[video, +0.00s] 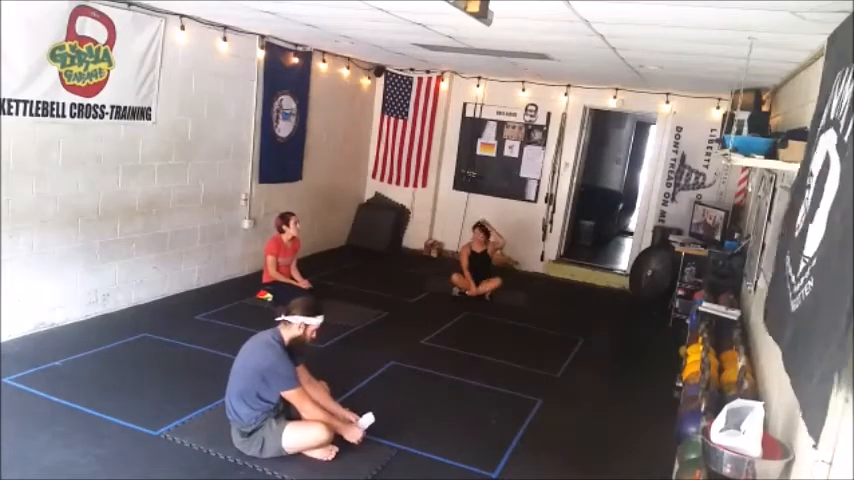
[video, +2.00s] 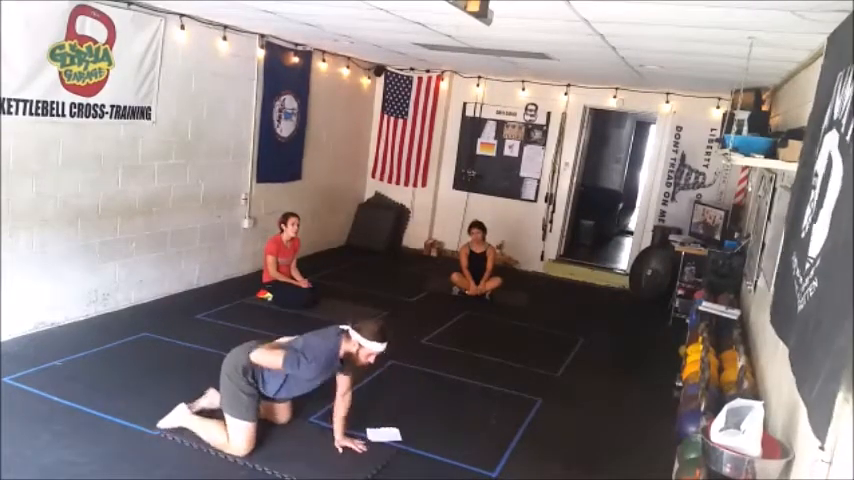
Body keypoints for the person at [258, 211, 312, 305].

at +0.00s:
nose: (299, 226)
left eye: (298, 223)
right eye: (295, 223)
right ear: (285, 227)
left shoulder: (295, 242)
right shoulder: (273, 243)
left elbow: (293, 267)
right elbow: (272, 272)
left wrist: (301, 281)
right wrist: (296, 284)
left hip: (287, 281)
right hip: (272, 283)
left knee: (309, 292)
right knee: (302, 296)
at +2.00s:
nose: (296, 228)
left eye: (297, 225)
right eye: (292, 225)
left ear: (299, 226)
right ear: (283, 226)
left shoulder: (295, 242)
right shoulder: (273, 243)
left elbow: (293, 267)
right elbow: (272, 273)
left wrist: (302, 281)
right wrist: (298, 283)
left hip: (288, 280)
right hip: (272, 282)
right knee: (303, 298)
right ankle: (270, 297)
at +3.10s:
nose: (363, 262)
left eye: (366, 261)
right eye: (365, 260)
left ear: (363, 253)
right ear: (362, 253)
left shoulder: (354, 253)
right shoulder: (342, 253)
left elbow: (354, 280)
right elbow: (308, 253)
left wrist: (352, 304)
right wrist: (318, 246)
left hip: (312, 265)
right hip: (300, 263)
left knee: (310, 299)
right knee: (302, 301)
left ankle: (278, 284)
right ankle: (271, 288)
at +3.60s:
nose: (357, 264)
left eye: (359, 263)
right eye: (360, 262)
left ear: (363, 256)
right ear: (363, 260)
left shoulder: (354, 247)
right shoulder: (341, 250)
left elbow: (354, 278)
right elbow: (309, 246)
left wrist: (352, 304)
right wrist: (316, 239)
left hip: (315, 264)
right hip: (303, 262)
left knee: (309, 299)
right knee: (299, 301)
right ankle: (271, 289)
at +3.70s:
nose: (365, 256)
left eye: (368, 254)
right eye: (365, 251)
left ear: (368, 253)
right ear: (359, 244)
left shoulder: (353, 252)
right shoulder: (341, 249)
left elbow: (353, 278)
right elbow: (307, 248)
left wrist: (352, 303)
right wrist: (313, 242)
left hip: (313, 264)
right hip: (300, 262)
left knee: (310, 299)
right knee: (300, 302)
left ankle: (278, 284)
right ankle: (272, 287)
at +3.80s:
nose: (365, 255)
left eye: (368, 254)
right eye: (365, 251)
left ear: (365, 251)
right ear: (359, 244)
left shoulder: (353, 253)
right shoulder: (340, 250)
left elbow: (353, 279)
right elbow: (309, 247)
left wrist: (352, 304)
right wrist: (314, 241)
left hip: (314, 264)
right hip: (301, 262)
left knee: (308, 298)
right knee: (300, 300)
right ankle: (271, 288)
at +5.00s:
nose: (369, 250)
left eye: (369, 247)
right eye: (366, 246)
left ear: (361, 247)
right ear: (357, 246)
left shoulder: (352, 257)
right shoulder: (342, 256)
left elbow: (353, 280)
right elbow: (310, 262)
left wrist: (351, 303)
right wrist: (315, 252)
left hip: (303, 254)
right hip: (296, 261)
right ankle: (270, 286)